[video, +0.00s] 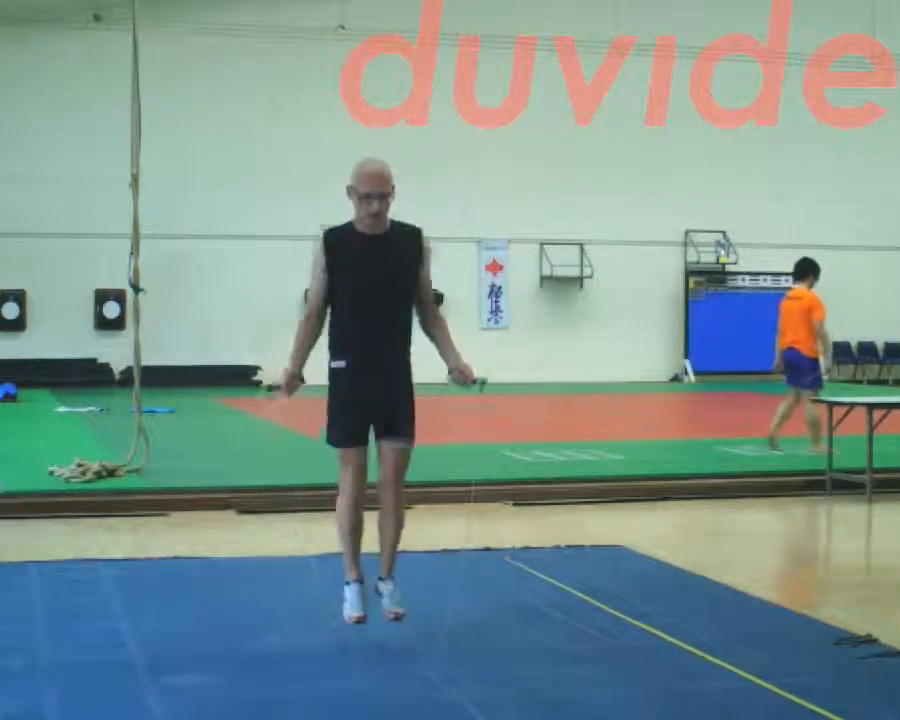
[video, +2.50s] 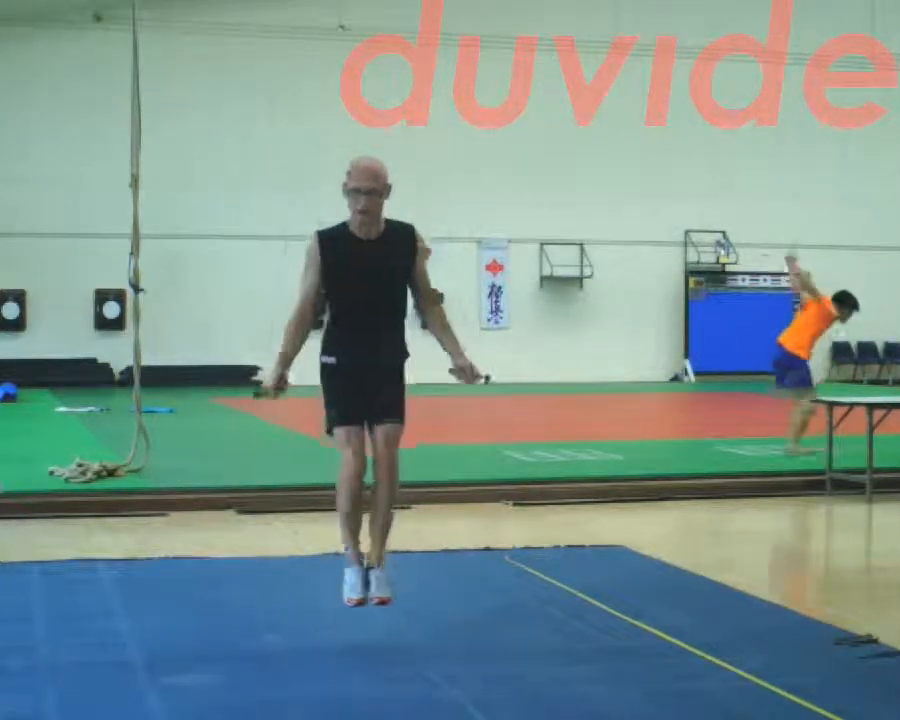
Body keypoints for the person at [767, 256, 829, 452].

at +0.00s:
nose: (816, 281)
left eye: (816, 277)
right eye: (815, 277)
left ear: (795, 276)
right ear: (811, 277)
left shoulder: (786, 299)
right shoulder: (812, 299)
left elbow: (781, 331)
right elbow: (818, 327)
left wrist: (779, 356)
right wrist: (826, 350)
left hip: (788, 350)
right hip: (806, 351)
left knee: (794, 394)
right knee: (810, 397)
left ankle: (773, 432)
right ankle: (817, 442)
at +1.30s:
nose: (837, 279)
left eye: (837, 275)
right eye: (836, 275)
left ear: (817, 275)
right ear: (831, 276)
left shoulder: (810, 296)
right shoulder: (828, 298)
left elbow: (805, 325)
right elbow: (830, 326)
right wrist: (839, 355)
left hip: (806, 349)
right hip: (820, 351)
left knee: (810, 396)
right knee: (818, 398)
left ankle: (802, 437)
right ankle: (815, 441)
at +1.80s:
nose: (840, 280)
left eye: (840, 276)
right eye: (840, 276)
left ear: (821, 275)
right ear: (836, 276)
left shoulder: (813, 296)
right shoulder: (831, 298)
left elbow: (816, 329)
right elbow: (842, 324)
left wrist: (835, 344)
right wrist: (857, 342)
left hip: (806, 347)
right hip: (820, 349)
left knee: (817, 397)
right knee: (818, 397)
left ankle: (814, 443)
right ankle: (814, 444)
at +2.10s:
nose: (847, 287)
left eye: (847, 283)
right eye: (847, 282)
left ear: (829, 279)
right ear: (841, 282)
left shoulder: (816, 297)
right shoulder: (831, 301)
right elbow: (842, 333)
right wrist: (856, 358)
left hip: (805, 349)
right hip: (818, 353)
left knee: (816, 397)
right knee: (824, 398)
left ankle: (816, 441)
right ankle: (818, 443)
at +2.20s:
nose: (850, 291)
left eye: (851, 287)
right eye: (850, 286)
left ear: (833, 282)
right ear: (845, 285)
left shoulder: (818, 299)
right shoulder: (832, 302)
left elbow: (803, 320)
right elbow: (829, 326)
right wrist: (829, 351)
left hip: (805, 351)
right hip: (818, 354)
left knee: (817, 398)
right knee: (823, 398)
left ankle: (817, 441)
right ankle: (818, 442)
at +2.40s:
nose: (851, 300)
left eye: (853, 296)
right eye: (852, 295)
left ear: (837, 286)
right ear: (847, 292)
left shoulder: (817, 292)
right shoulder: (833, 299)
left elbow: (797, 285)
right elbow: (819, 284)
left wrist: (786, 270)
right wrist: (801, 270)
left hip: (792, 341)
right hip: (800, 347)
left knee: (809, 392)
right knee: (810, 393)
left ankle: (807, 437)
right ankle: (807, 439)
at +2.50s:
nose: (848, 318)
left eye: (850, 314)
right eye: (849, 313)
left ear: (837, 302)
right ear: (843, 308)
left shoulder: (815, 303)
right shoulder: (826, 309)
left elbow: (801, 289)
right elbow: (809, 289)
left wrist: (793, 272)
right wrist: (796, 272)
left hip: (785, 350)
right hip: (794, 355)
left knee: (805, 401)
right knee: (806, 402)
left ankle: (793, 443)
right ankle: (793, 444)